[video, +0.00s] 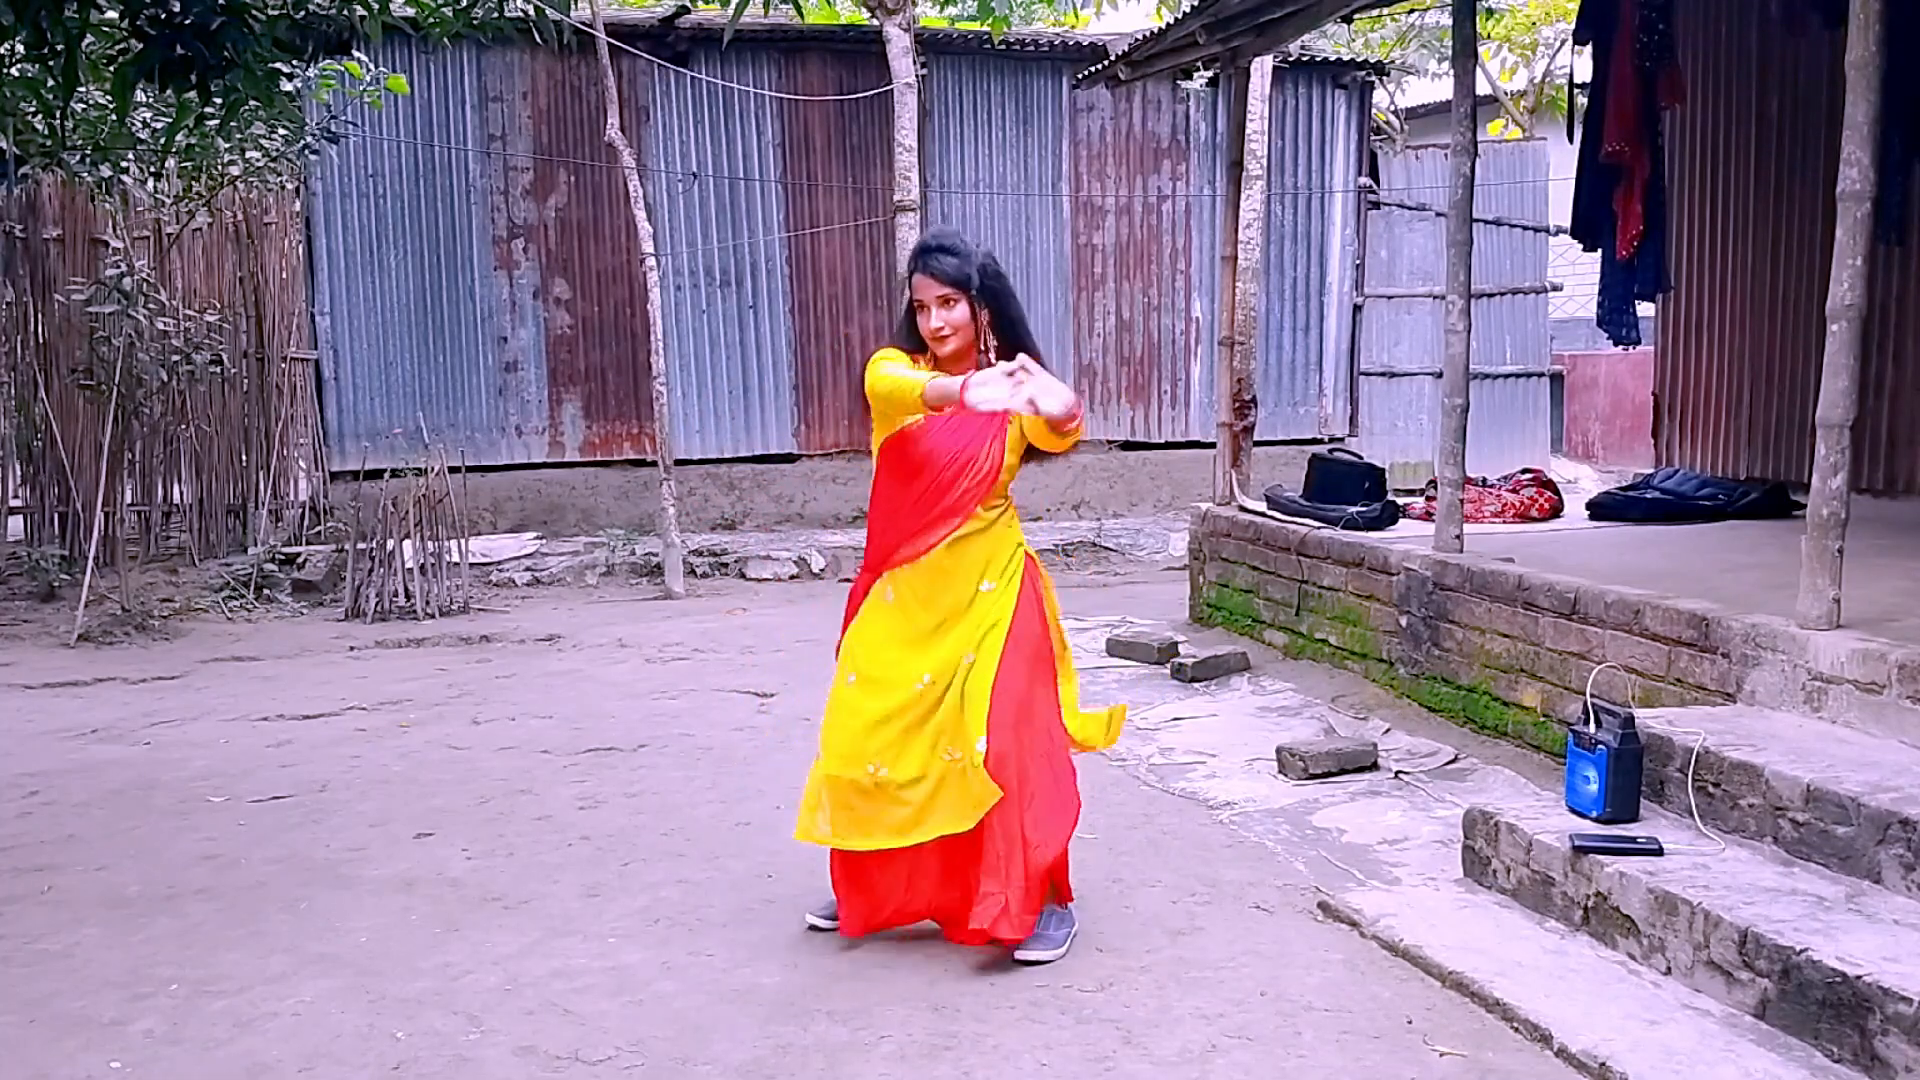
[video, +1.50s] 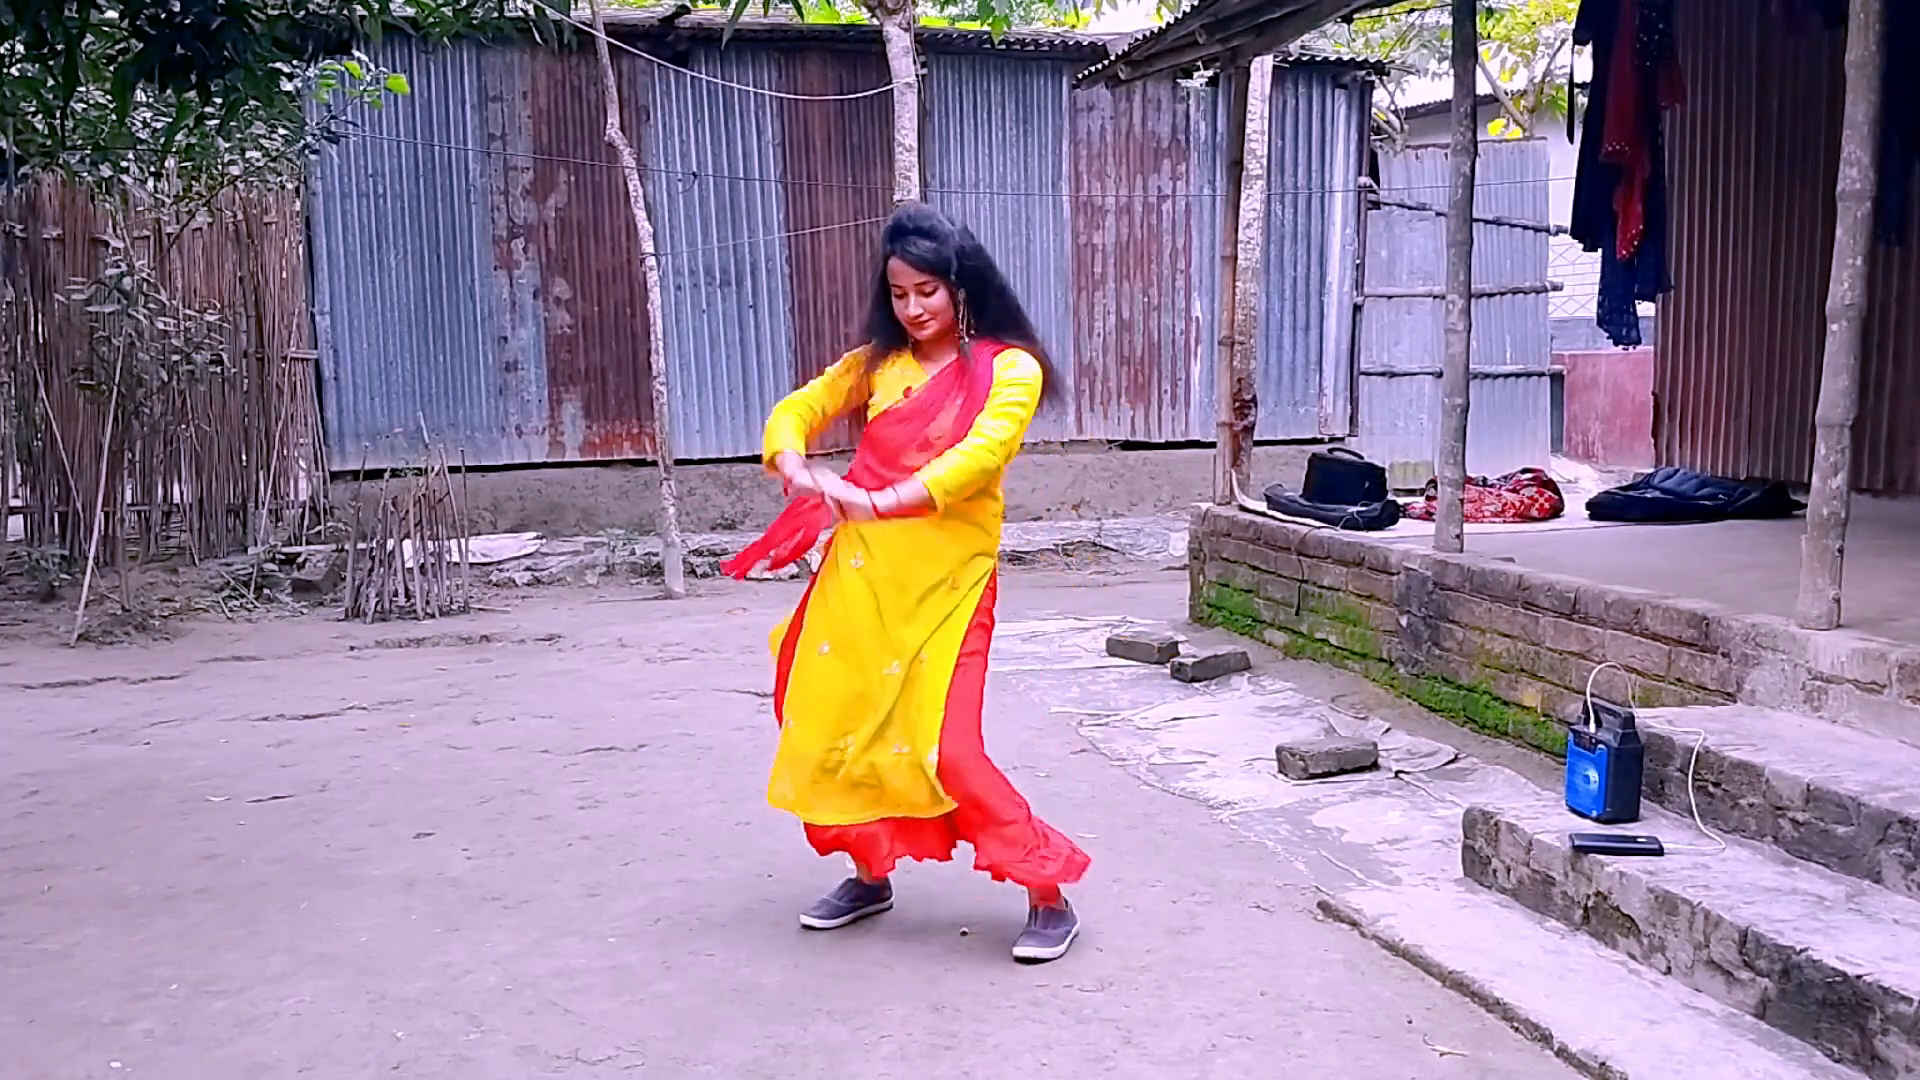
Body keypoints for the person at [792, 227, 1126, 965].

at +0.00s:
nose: (935, 322)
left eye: (948, 303)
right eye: (923, 308)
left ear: (983, 305)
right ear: (914, 313)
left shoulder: (1014, 383)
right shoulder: (893, 370)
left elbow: (1060, 422)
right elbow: (899, 382)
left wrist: (1040, 386)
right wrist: (967, 388)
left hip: (994, 574)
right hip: (905, 580)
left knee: (1015, 733)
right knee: (864, 727)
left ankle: (1050, 900)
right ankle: (861, 887)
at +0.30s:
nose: (922, 319)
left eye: (936, 301)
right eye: (911, 303)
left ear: (975, 297)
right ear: (903, 305)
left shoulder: (1019, 370)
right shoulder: (910, 388)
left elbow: (953, 416)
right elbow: (834, 428)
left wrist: (824, 398)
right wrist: (768, 418)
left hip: (967, 594)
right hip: (880, 585)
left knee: (952, 755)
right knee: (825, 729)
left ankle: (1048, 895)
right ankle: (869, 874)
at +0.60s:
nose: (926, 275)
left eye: (943, 260)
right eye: (917, 258)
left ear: (977, 265)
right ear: (906, 262)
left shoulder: (1005, 337)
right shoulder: (902, 353)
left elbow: (957, 410)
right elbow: (849, 414)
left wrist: (867, 467)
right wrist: (808, 455)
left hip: (986, 555)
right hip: (914, 559)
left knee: (987, 720)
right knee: (881, 711)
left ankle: (1047, 897)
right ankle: (875, 876)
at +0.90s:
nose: (941, 285)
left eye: (957, 269)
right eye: (929, 270)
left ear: (992, 271)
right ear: (918, 277)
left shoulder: (1026, 342)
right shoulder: (916, 372)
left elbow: (966, 418)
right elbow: (865, 440)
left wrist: (872, 484)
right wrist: (832, 486)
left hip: (1001, 566)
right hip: (914, 563)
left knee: (977, 735)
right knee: (858, 716)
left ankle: (1049, 900)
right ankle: (875, 871)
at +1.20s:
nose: (946, 326)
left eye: (961, 309)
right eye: (930, 310)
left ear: (986, 313)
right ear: (910, 313)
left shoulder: (998, 397)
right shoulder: (872, 382)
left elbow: (1066, 437)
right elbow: (885, 402)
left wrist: (1077, 381)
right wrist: (972, 378)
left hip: (998, 583)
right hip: (908, 592)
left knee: (1028, 739)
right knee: (876, 738)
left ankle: (1054, 899)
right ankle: (876, 876)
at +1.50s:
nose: (912, 307)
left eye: (925, 290)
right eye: (898, 293)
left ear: (962, 284)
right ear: (886, 294)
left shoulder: (1009, 367)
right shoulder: (877, 363)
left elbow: (981, 456)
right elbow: (794, 412)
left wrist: (878, 502)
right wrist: (794, 465)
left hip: (951, 582)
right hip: (864, 575)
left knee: (948, 750)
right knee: (836, 721)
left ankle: (1048, 896)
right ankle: (867, 875)